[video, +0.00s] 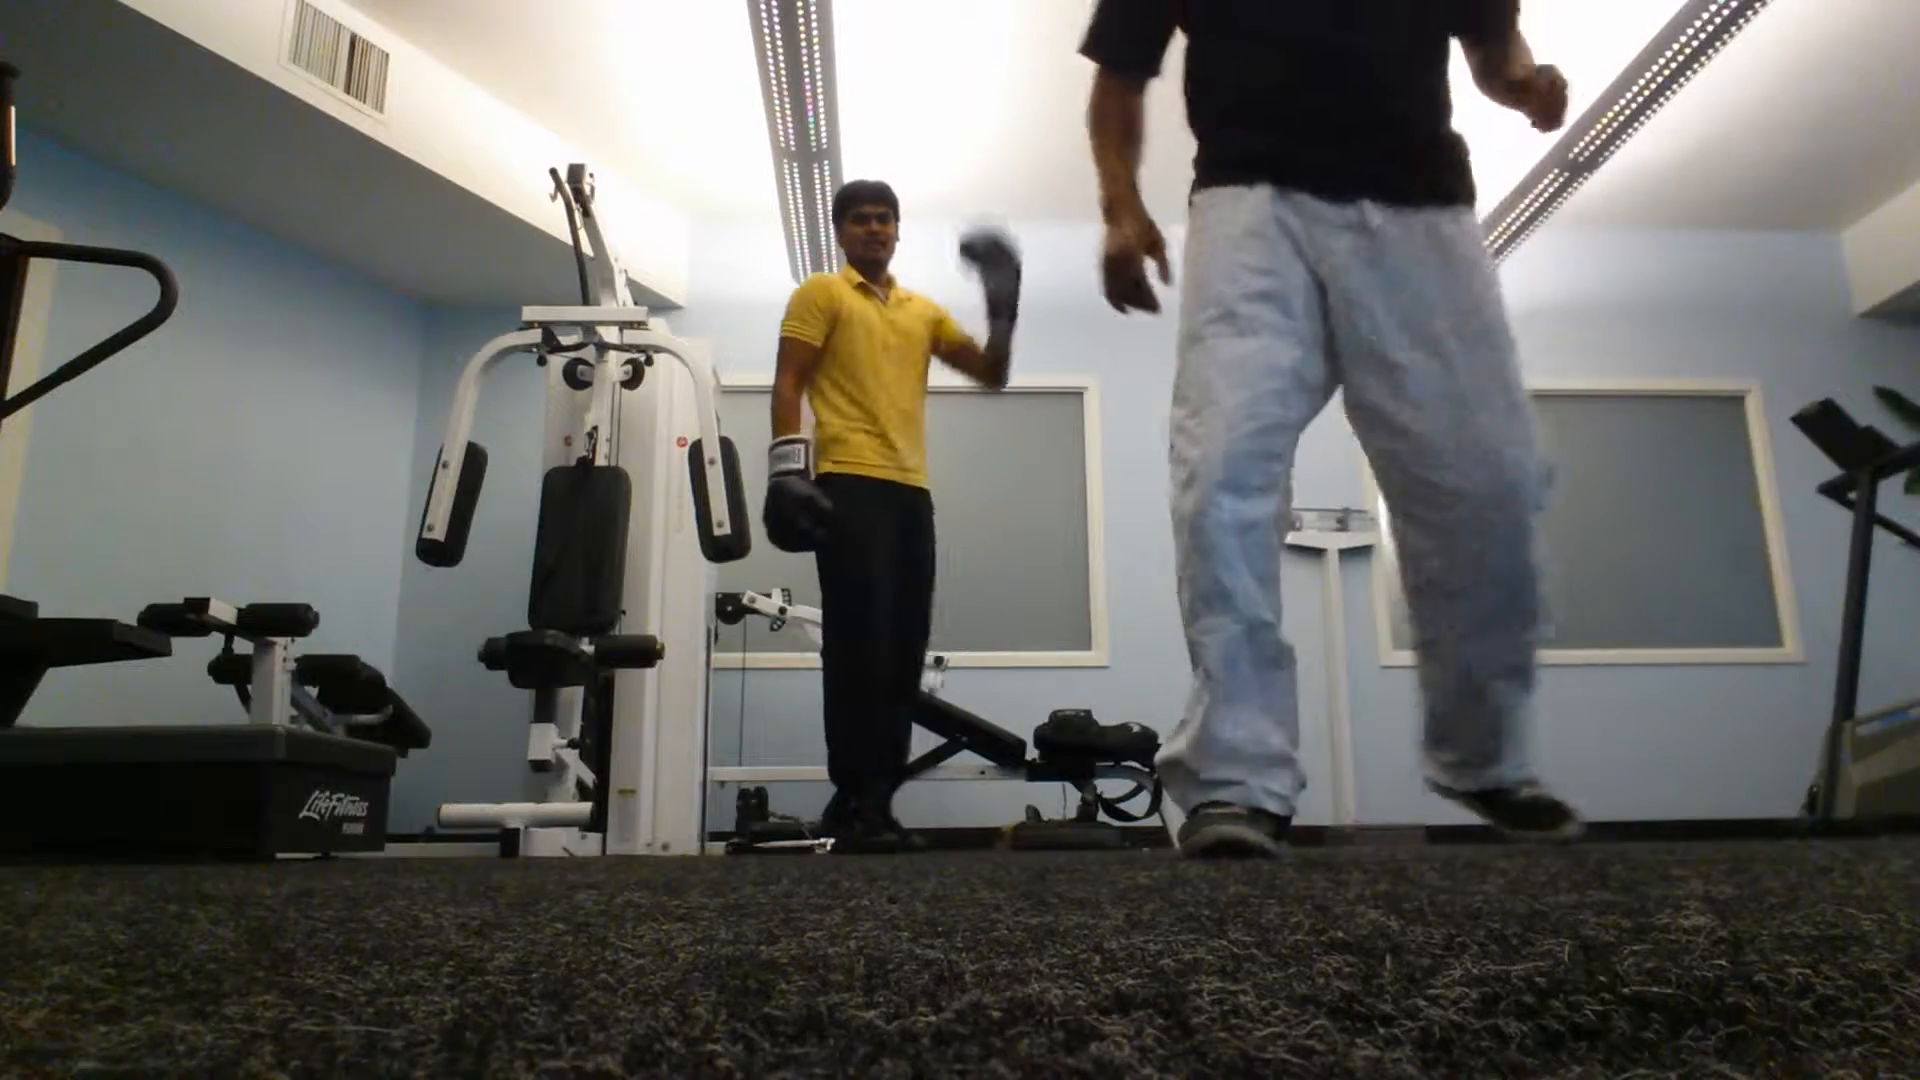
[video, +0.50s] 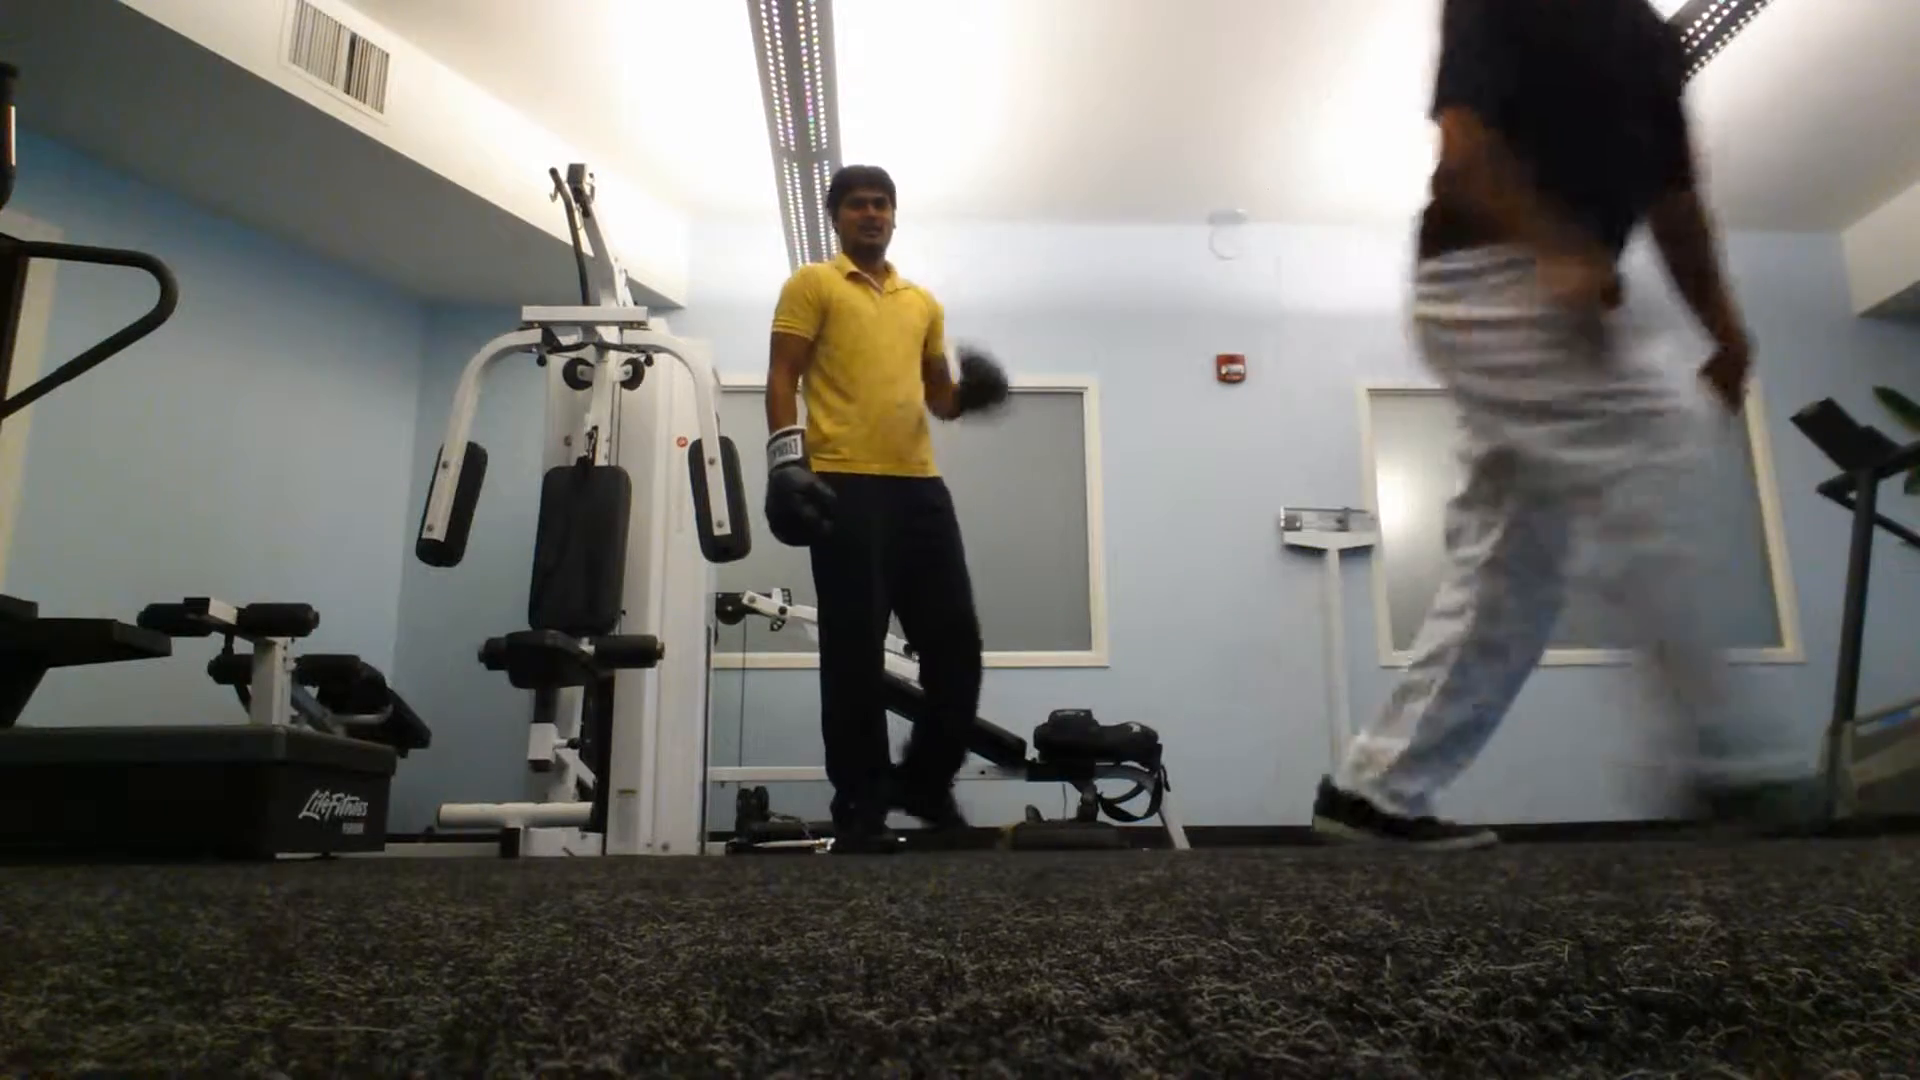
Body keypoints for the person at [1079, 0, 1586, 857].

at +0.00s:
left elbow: (1495, 48)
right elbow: (1120, 70)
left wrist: (1526, 85)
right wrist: (1121, 207)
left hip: (1418, 207)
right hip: (1250, 201)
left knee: (1485, 485)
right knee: (1219, 489)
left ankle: (1481, 764)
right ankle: (1236, 787)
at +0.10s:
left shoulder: (1479, 6)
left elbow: (1495, 84)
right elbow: (1148, 83)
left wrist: (1502, 119)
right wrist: (1160, 232)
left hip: (1434, 226)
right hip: (1283, 210)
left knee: (1483, 504)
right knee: (1244, 490)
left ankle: (1446, 766)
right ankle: (1239, 785)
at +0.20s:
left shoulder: (1502, 8)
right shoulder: (1264, 6)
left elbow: (1505, 111)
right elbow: (1187, 103)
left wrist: (1512, 160)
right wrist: (1206, 261)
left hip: (1465, 252)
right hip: (1331, 222)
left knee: (1488, 533)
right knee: (1283, 494)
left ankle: (1398, 773)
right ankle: (1241, 777)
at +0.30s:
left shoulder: (1528, 17)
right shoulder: (1353, 10)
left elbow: (1521, 164)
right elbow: (1252, 131)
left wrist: (1586, 233)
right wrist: (1260, 302)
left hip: (1499, 291)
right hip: (1393, 260)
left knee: (1486, 566)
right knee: (1347, 506)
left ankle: (1378, 796)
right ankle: (1262, 774)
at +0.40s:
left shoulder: (1576, 52)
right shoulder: (1419, 14)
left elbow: (1601, 224)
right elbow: (1353, 159)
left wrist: (1677, 348)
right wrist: (1374, 308)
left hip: (1527, 306)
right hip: (1435, 276)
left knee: (1497, 531)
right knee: (1527, 474)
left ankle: (1408, 777)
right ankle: (1390, 766)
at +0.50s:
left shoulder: (1650, 37)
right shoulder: (1491, 10)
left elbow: (1671, 196)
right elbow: (1464, 150)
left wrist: (1724, 331)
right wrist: (1555, 246)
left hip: (1573, 303)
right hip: (1483, 286)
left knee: (1511, 564)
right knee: (1651, 458)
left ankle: (1382, 786)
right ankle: (1711, 757)